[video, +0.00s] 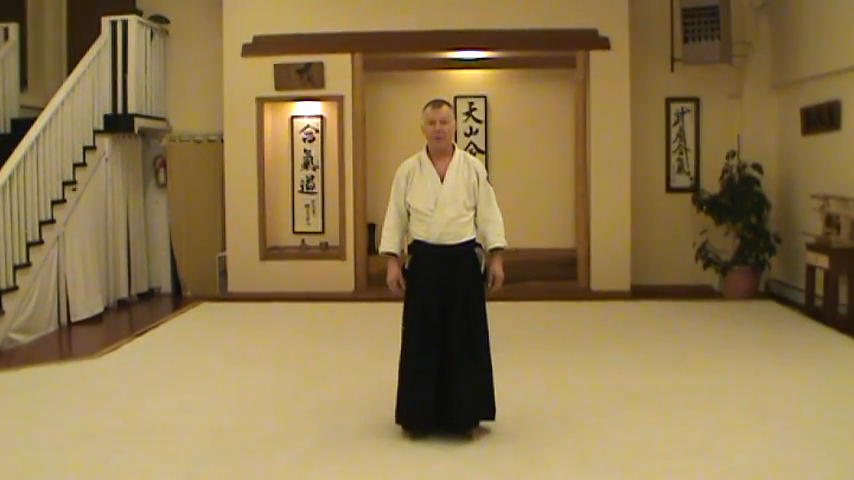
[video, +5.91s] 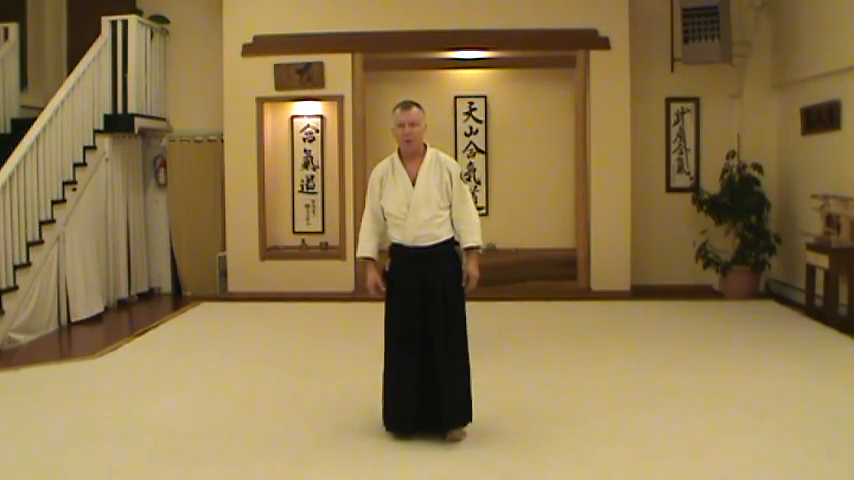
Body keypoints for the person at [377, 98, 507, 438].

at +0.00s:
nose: (438, 128)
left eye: (444, 122)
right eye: (432, 123)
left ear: (455, 126)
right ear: (423, 128)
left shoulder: (472, 167)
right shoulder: (408, 169)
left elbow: (488, 212)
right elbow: (395, 216)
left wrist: (495, 256)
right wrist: (392, 260)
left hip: (463, 260)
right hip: (424, 260)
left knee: (464, 335)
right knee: (422, 336)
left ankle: (463, 416)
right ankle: (419, 416)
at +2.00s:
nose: (435, 126)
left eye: (441, 120)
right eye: (428, 120)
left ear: (451, 125)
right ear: (419, 127)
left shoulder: (469, 167)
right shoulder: (406, 170)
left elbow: (485, 212)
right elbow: (394, 217)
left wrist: (492, 256)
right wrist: (392, 262)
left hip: (461, 260)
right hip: (422, 260)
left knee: (463, 336)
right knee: (422, 336)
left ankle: (463, 416)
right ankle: (420, 417)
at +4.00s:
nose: (436, 128)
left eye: (442, 122)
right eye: (429, 122)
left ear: (453, 126)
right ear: (420, 128)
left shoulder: (470, 167)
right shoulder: (406, 170)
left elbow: (486, 212)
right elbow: (393, 216)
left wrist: (494, 257)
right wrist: (390, 261)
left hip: (462, 260)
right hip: (422, 261)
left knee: (463, 337)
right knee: (422, 337)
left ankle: (463, 417)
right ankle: (420, 418)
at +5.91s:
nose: (407, 131)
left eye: (414, 125)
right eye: (401, 126)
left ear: (425, 127)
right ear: (393, 130)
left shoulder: (446, 166)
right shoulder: (381, 172)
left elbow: (464, 211)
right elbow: (371, 219)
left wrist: (472, 256)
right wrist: (369, 263)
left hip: (442, 261)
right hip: (403, 262)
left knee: (447, 338)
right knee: (403, 338)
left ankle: (453, 419)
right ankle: (405, 418)